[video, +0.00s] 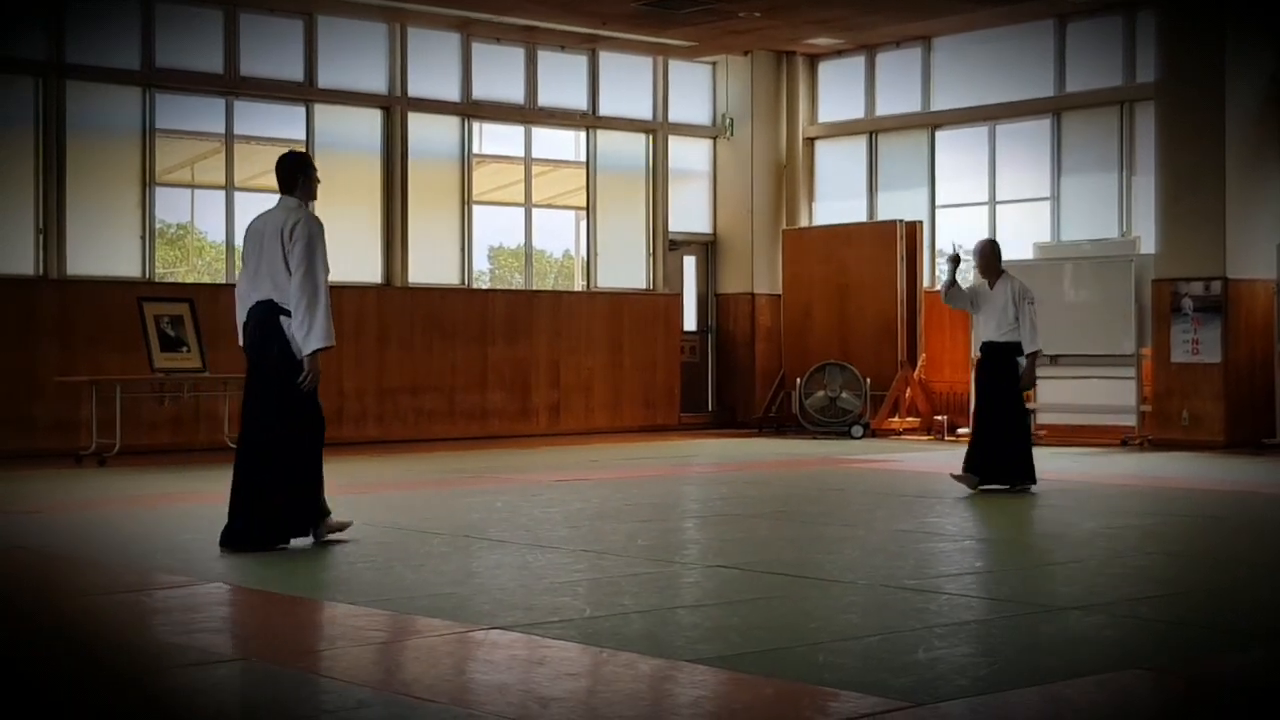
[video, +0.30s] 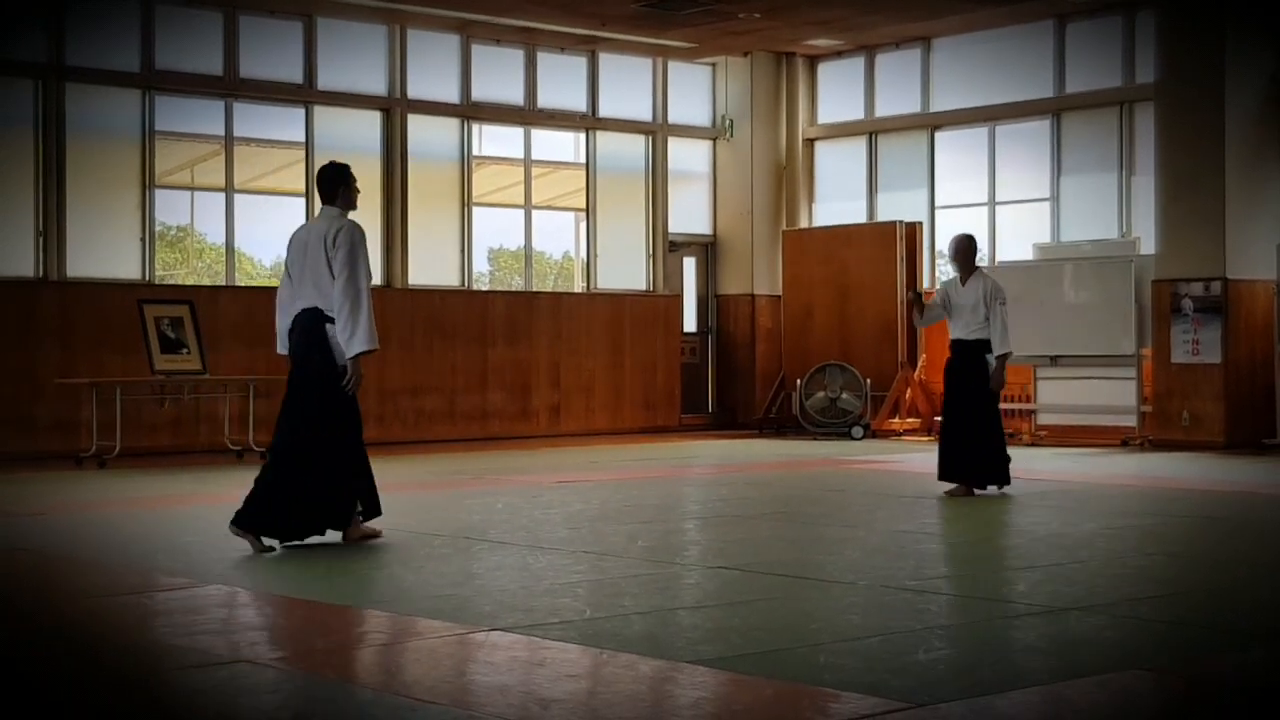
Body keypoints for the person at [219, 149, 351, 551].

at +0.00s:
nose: (318, 183)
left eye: (316, 176)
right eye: (314, 177)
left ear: (282, 181)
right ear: (303, 180)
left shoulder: (257, 224)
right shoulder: (305, 223)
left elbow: (246, 285)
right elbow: (305, 289)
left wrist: (246, 336)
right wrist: (311, 347)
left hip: (258, 328)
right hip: (286, 329)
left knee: (306, 422)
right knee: (268, 427)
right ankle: (249, 529)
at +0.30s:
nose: (358, 192)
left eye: (356, 186)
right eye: (354, 187)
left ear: (324, 192)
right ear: (342, 191)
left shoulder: (300, 234)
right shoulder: (347, 231)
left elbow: (286, 293)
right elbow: (350, 294)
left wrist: (286, 343)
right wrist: (355, 352)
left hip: (302, 339)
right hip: (330, 341)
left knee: (339, 430)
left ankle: (350, 519)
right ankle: (251, 517)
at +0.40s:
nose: (372, 189)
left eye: (370, 183)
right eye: (368, 184)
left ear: (337, 189)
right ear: (357, 187)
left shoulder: (315, 231)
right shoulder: (363, 228)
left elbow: (303, 291)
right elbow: (367, 291)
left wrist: (305, 341)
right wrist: (374, 348)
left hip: (319, 334)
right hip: (349, 335)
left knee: (342, 429)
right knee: (346, 429)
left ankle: (355, 522)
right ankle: (276, 504)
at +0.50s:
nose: (384, 189)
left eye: (381, 182)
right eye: (382, 183)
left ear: (349, 187)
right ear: (374, 186)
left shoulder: (328, 229)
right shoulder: (376, 226)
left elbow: (318, 287)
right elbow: (383, 287)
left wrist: (321, 334)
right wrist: (392, 344)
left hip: (332, 329)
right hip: (365, 329)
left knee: (341, 419)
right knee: (383, 427)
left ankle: (353, 520)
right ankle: (322, 497)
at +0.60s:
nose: (402, 188)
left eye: (400, 182)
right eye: (400, 182)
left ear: (366, 188)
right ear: (393, 186)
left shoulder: (344, 228)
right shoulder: (393, 227)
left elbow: (332, 287)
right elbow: (401, 289)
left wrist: (339, 333)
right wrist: (412, 345)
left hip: (348, 333)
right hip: (382, 332)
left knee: (358, 423)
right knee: (418, 422)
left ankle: (354, 522)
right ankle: (378, 507)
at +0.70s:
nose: (420, 191)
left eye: (418, 185)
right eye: (416, 186)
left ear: (385, 191)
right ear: (407, 190)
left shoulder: (361, 233)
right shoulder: (411, 230)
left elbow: (348, 291)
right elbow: (419, 293)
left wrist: (352, 338)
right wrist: (431, 347)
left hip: (364, 340)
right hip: (402, 340)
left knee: (355, 428)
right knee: (443, 423)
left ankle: (351, 522)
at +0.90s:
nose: (461, 203)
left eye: (459, 198)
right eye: (459, 198)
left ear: (427, 202)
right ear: (453, 201)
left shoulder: (400, 243)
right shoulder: (456, 243)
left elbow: (384, 298)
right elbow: (465, 304)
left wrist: (390, 345)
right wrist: (478, 361)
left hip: (406, 348)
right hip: (445, 347)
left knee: (382, 426)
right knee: (475, 428)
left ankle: (358, 513)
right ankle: (502, 511)